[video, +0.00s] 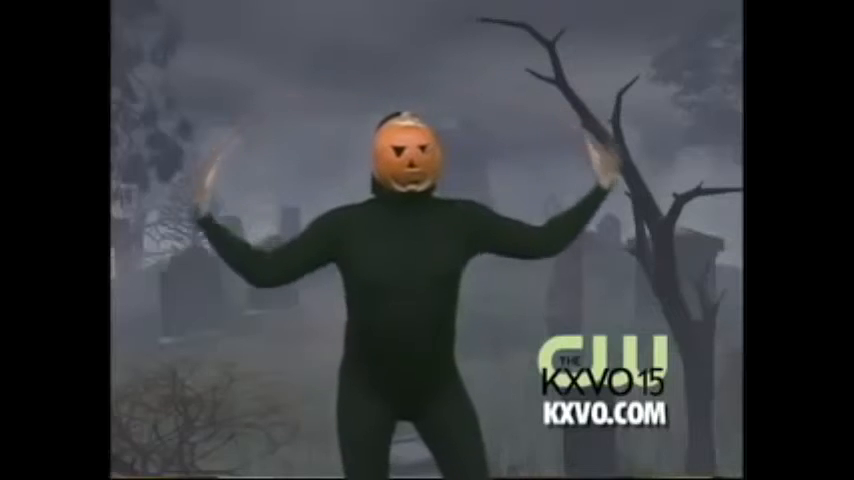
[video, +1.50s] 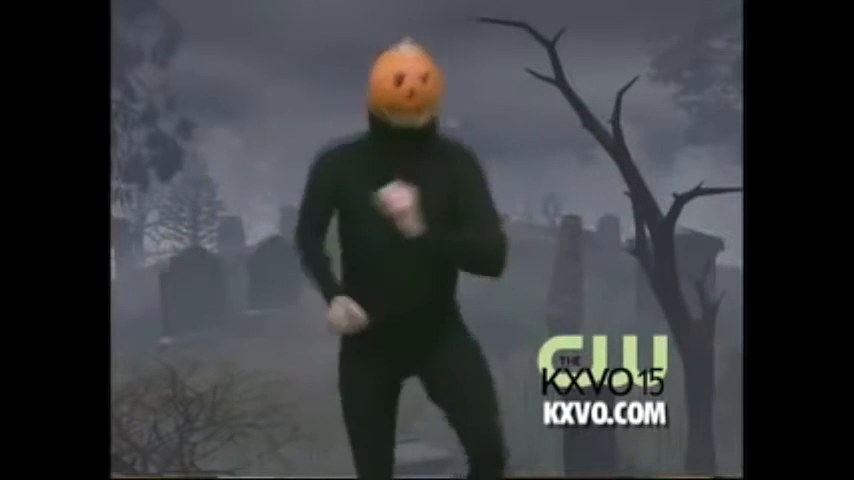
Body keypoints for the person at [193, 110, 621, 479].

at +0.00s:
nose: (411, 157)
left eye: (422, 148)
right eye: (397, 149)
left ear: (439, 161)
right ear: (375, 163)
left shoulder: (463, 220)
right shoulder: (344, 226)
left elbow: (543, 241)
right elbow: (266, 271)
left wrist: (603, 184)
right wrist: (206, 216)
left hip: (438, 386)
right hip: (365, 388)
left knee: (472, 473)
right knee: (364, 476)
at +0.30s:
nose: (401, 154)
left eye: (411, 147)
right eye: (388, 148)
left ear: (427, 162)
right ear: (369, 164)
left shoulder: (453, 224)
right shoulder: (340, 230)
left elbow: (527, 262)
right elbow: (278, 299)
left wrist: (602, 239)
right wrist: (197, 297)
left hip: (434, 388)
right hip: (363, 391)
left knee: (469, 472)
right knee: (361, 475)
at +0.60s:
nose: (394, 160)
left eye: (405, 149)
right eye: (380, 150)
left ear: (421, 157)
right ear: (358, 161)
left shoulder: (439, 215)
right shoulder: (338, 231)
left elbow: (473, 275)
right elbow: (319, 324)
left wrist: (509, 319)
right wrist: (300, 391)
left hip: (432, 384)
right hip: (364, 389)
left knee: (449, 472)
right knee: (364, 473)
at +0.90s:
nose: (398, 120)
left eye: (406, 110)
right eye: (383, 113)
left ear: (424, 125)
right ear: (360, 135)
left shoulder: (432, 181)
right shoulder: (351, 206)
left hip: (423, 325)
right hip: (367, 340)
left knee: (464, 350)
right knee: (378, 469)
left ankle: (443, 470)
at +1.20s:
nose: (378, 113)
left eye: (389, 102)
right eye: (363, 105)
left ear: (404, 112)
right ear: (343, 121)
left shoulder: (425, 172)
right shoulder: (334, 200)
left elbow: (442, 228)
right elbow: (358, 282)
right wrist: (400, 243)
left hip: (421, 348)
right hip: (360, 356)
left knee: (450, 465)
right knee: (372, 469)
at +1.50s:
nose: (410, 87)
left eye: (421, 77)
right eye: (397, 77)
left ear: (437, 91)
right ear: (375, 92)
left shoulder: (456, 162)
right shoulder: (338, 164)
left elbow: (491, 258)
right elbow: (308, 237)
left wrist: (422, 227)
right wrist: (332, 294)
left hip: (440, 332)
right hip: (368, 339)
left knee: (489, 454)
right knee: (373, 470)